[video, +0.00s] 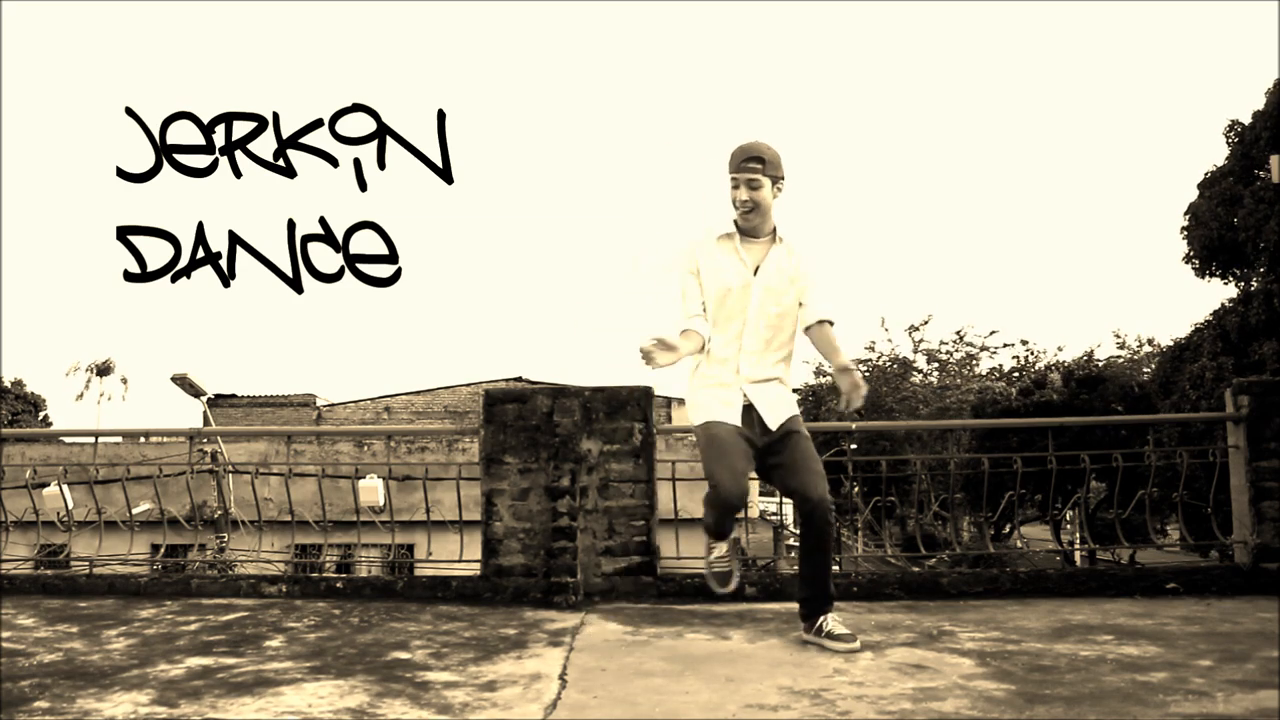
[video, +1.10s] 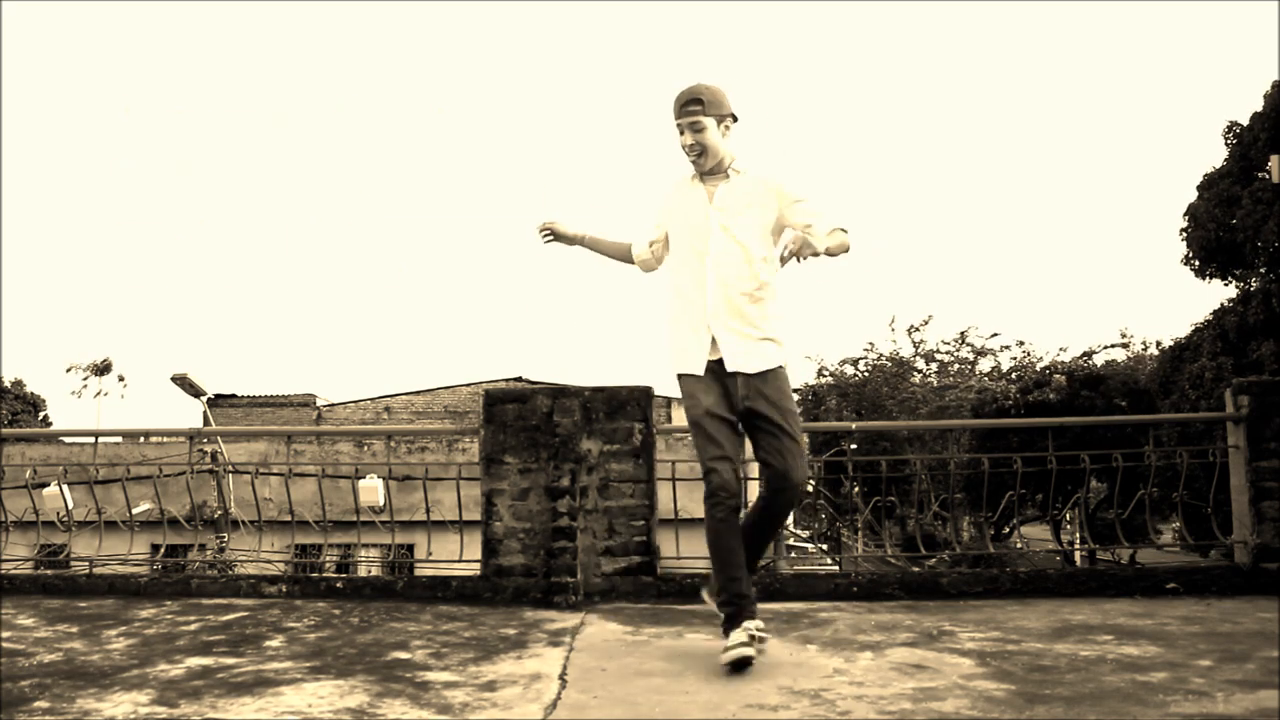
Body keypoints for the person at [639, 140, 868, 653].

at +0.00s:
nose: (743, 195)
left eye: (753, 185)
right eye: (735, 186)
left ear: (776, 190)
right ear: (728, 192)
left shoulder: (794, 262)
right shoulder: (701, 256)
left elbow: (815, 322)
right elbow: (696, 325)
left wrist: (842, 364)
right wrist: (678, 348)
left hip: (773, 391)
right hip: (716, 391)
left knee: (817, 499)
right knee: (730, 492)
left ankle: (817, 615)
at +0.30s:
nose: (719, 156)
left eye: (729, 146)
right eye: (713, 148)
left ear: (757, 149)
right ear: (708, 155)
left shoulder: (784, 224)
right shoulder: (686, 216)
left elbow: (802, 303)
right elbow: (658, 288)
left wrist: (806, 369)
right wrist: (674, 350)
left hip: (772, 384)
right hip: (705, 379)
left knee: (809, 486)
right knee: (679, 488)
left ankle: (796, 616)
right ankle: (657, 553)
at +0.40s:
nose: (696, 153)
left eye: (706, 142)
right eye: (690, 144)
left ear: (734, 142)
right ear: (686, 148)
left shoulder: (764, 211)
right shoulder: (667, 207)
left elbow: (783, 278)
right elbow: (641, 271)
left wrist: (790, 341)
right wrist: (648, 330)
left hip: (750, 376)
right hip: (682, 374)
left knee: (799, 473)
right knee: (649, 485)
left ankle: (799, 606)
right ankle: (625, 561)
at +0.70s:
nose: (632, 139)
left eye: (638, 126)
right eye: (624, 132)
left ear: (667, 120)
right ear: (622, 136)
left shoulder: (719, 181)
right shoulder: (626, 194)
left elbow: (767, 215)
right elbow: (605, 254)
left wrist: (782, 267)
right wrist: (597, 306)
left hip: (728, 351)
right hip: (662, 356)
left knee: (753, 464)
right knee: (641, 472)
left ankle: (720, 584)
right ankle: (606, 593)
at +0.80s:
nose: (635, 131)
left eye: (641, 117)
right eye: (627, 123)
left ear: (671, 112)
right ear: (625, 129)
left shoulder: (728, 172)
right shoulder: (636, 189)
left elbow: (801, 191)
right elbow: (617, 248)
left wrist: (818, 235)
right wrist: (582, 295)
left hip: (733, 340)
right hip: (671, 343)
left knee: (738, 467)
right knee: (672, 467)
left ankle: (692, 584)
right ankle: (656, 594)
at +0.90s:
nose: (644, 139)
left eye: (651, 125)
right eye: (637, 131)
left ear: (681, 117)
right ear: (637, 136)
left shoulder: (740, 179)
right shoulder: (650, 193)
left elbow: (821, 197)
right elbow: (629, 255)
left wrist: (823, 228)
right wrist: (568, 286)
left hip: (737, 343)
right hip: (679, 343)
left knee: (732, 477)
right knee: (714, 467)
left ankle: (654, 590)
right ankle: (708, 608)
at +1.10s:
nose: (688, 140)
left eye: (696, 129)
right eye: (681, 132)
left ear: (727, 127)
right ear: (678, 136)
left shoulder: (768, 192)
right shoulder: (679, 199)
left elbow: (839, 239)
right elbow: (647, 256)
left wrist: (812, 239)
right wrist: (576, 238)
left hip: (759, 354)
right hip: (697, 358)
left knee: (791, 479)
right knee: (722, 484)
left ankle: (729, 575)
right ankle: (739, 622)